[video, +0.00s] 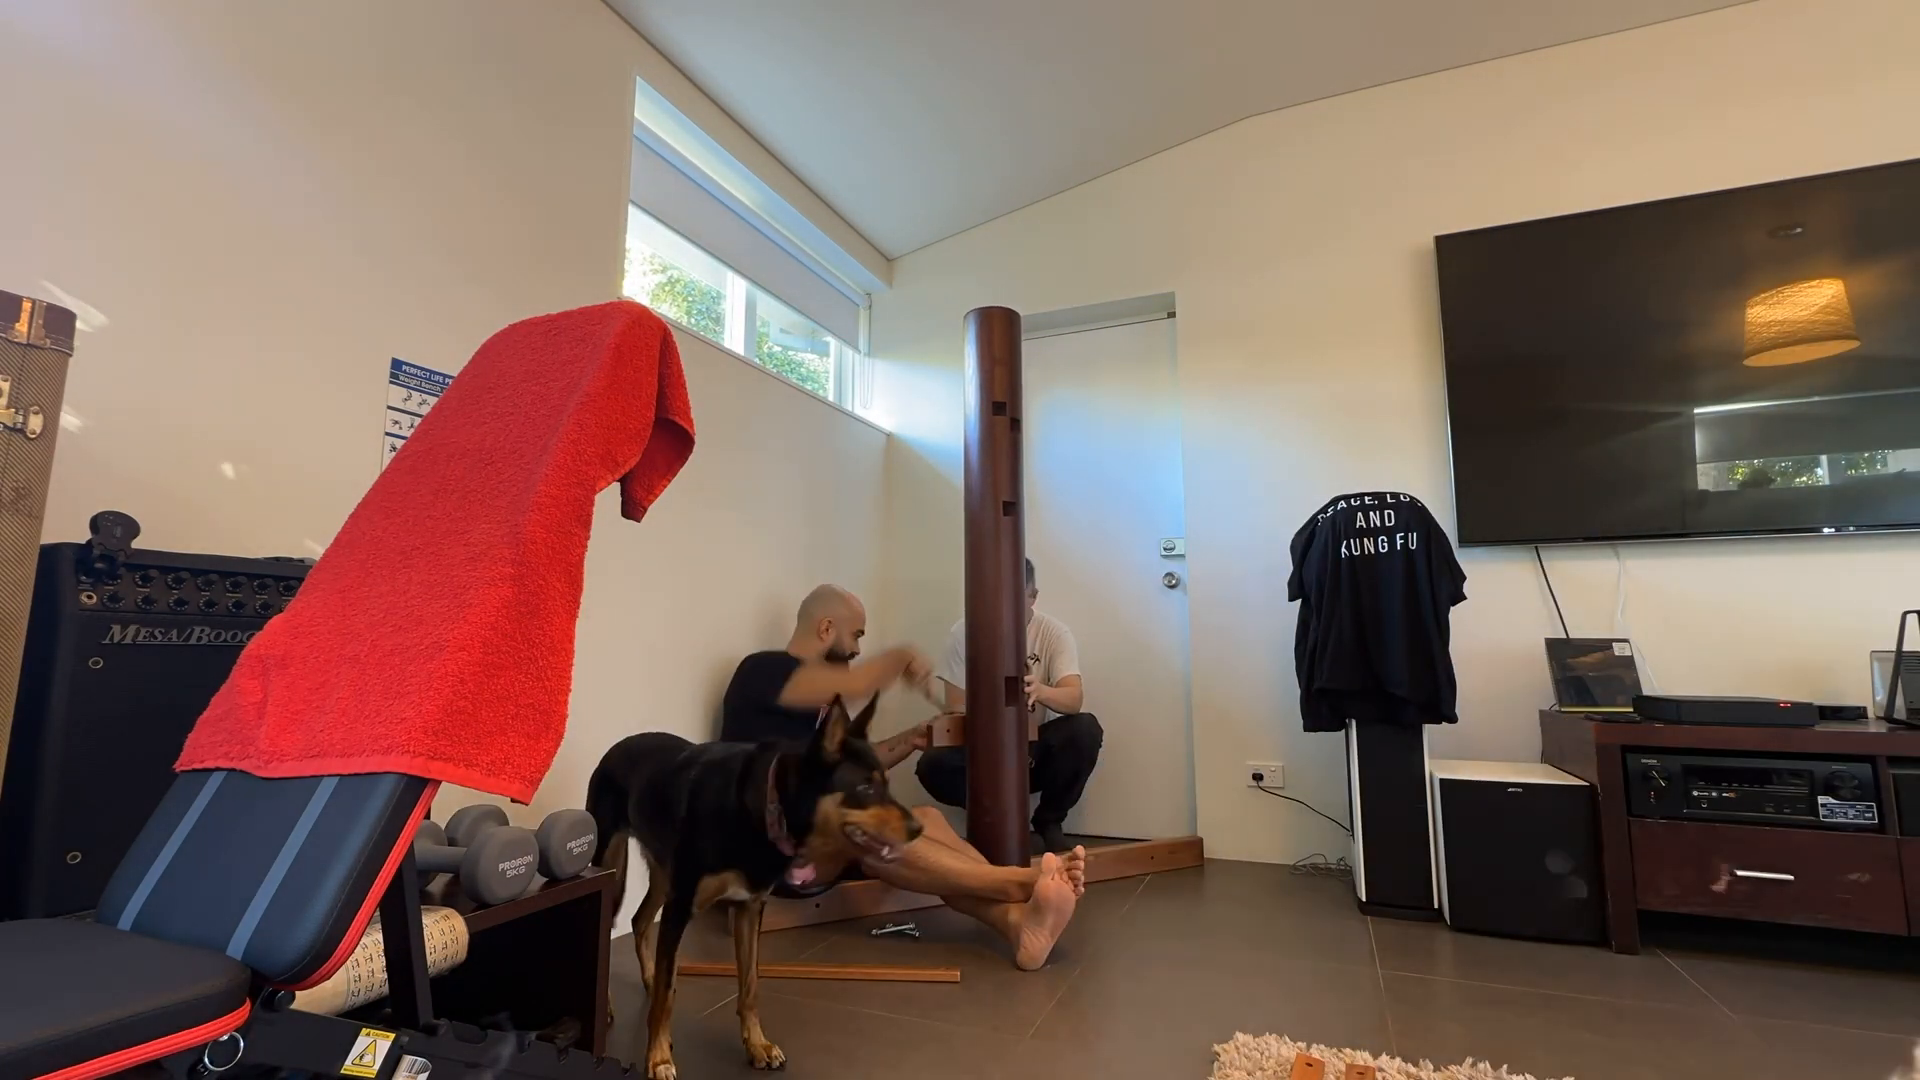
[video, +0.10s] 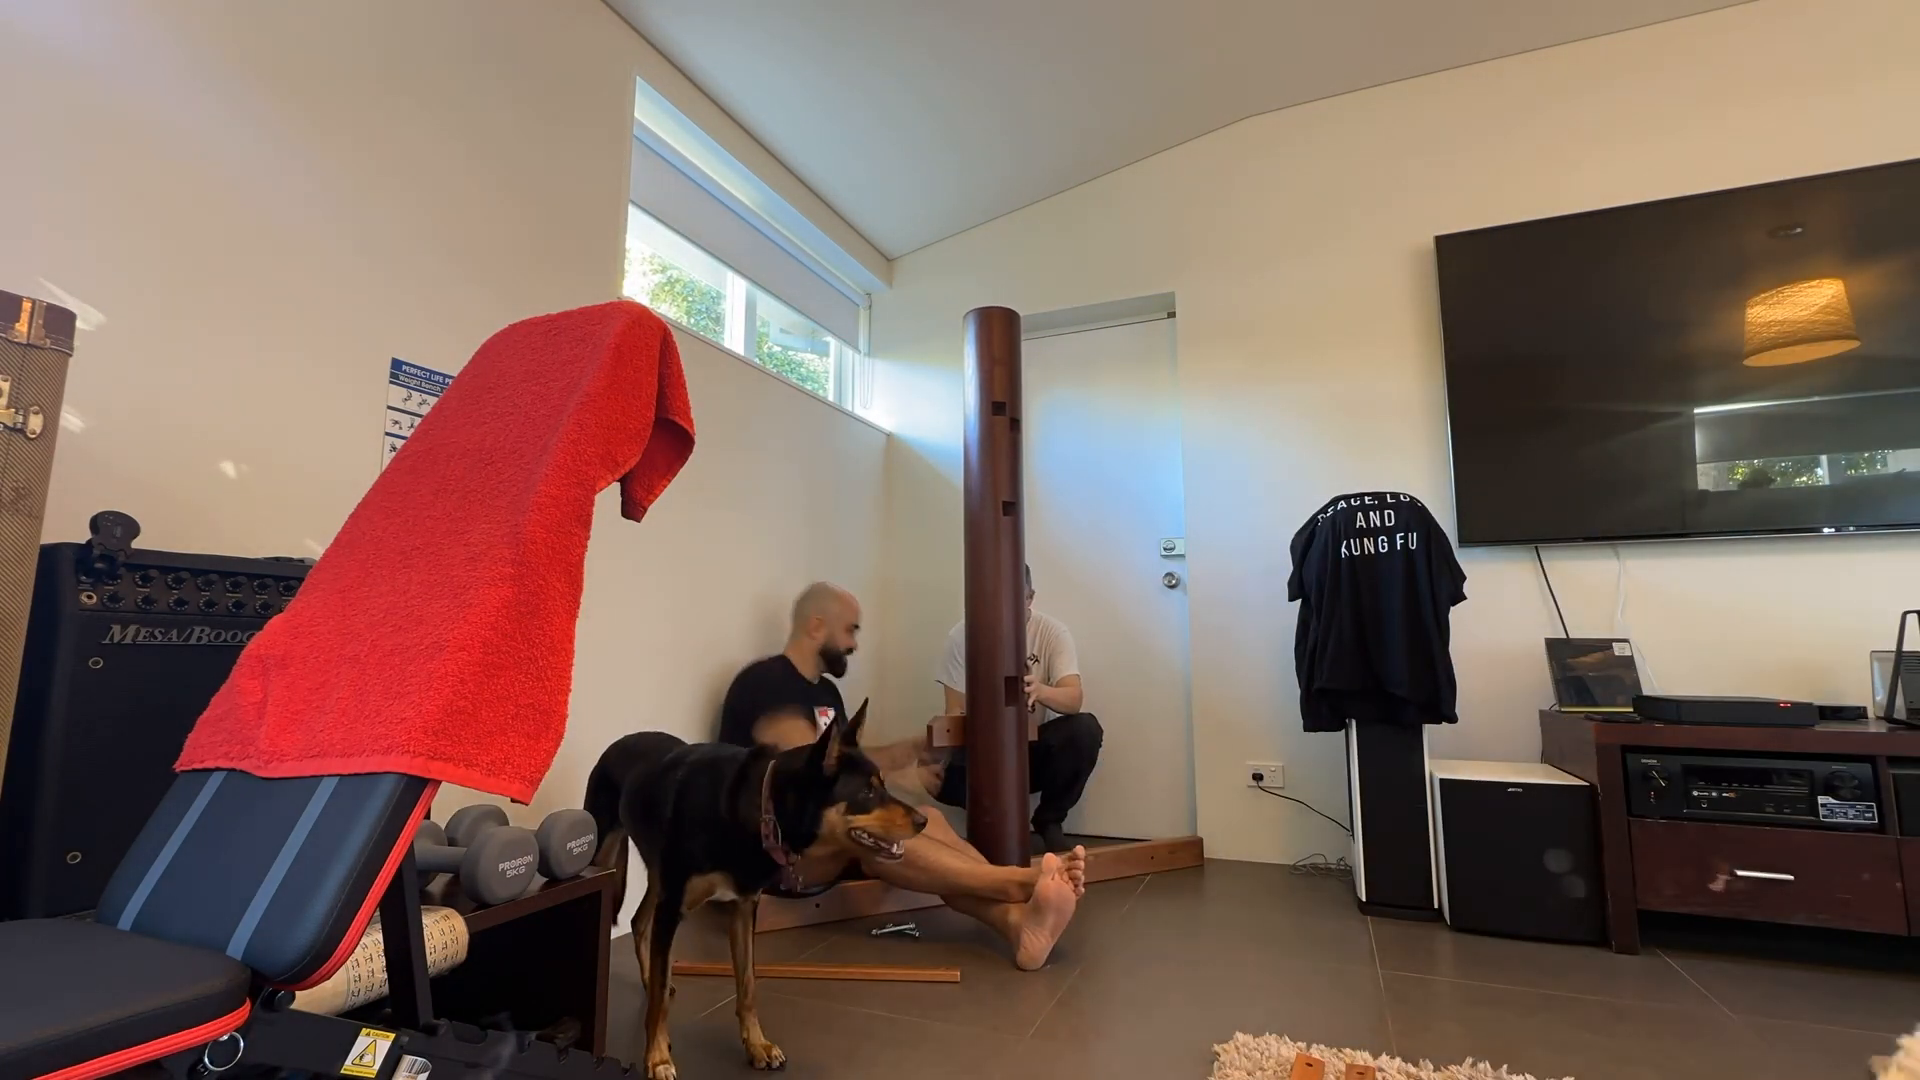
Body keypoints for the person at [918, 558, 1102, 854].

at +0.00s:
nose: (1012, 607)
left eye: (1019, 598)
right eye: (1003, 597)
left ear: (1032, 597)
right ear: (989, 596)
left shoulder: (1053, 634)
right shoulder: (965, 633)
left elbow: (1073, 700)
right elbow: (956, 709)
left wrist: (1041, 691)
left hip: (1032, 751)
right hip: (980, 752)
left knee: (1084, 728)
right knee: (934, 766)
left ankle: (1049, 820)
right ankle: (998, 814)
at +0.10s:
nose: (1013, 608)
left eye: (1020, 599)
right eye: (1003, 599)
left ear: (1031, 597)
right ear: (987, 598)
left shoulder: (1052, 633)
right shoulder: (963, 637)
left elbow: (1073, 701)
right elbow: (955, 716)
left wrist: (1041, 691)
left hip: (1033, 752)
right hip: (980, 756)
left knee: (1083, 729)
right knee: (943, 776)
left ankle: (1049, 820)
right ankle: (1000, 819)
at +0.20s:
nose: (1013, 608)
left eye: (1020, 598)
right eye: (1004, 599)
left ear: (1032, 597)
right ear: (988, 597)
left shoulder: (1052, 632)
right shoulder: (964, 634)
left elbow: (1073, 701)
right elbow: (951, 714)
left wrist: (1042, 691)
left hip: (1033, 751)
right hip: (981, 755)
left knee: (1083, 729)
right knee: (945, 777)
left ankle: (1049, 819)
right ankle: (1002, 820)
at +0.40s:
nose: (1012, 611)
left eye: (1019, 602)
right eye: (1003, 601)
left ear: (1033, 599)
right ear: (989, 598)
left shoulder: (1053, 633)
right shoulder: (964, 635)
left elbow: (1073, 700)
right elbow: (955, 706)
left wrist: (1041, 691)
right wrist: (1002, 704)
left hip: (1034, 751)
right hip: (981, 753)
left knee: (1084, 729)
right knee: (936, 765)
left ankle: (1050, 820)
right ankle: (998, 815)